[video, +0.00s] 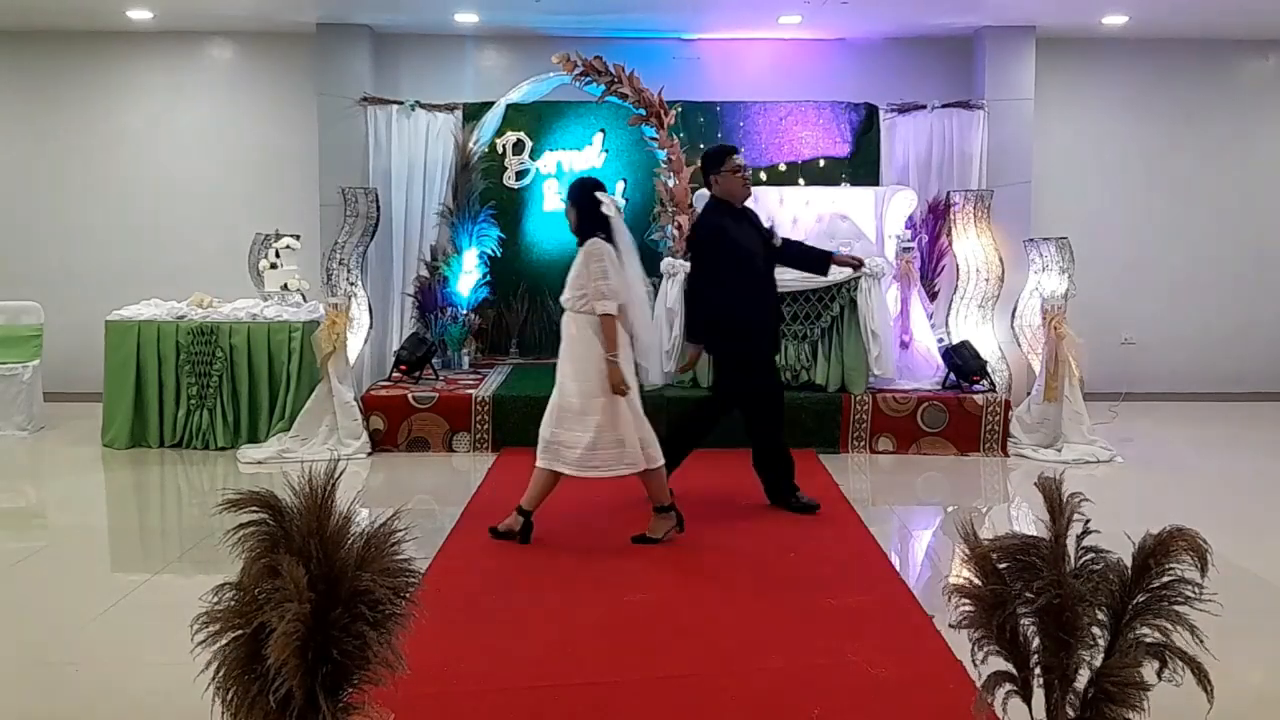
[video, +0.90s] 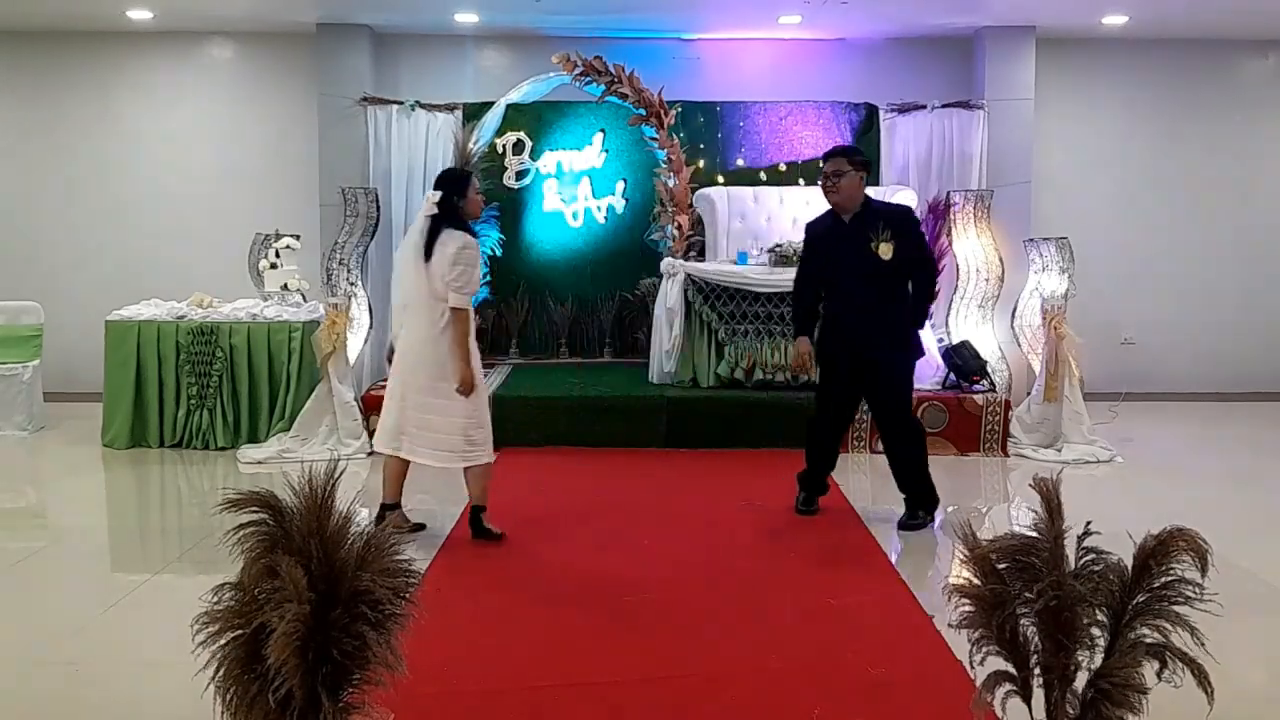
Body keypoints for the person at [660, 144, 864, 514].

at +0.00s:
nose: (746, 175)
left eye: (745, 169)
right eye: (737, 171)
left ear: (739, 178)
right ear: (713, 181)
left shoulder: (743, 216)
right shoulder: (708, 226)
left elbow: (779, 249)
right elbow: (700, 285)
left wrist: (833, 259)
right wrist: (695, 339)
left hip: (754, 332)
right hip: (735, 336)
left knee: (720, 404)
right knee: (767, 407)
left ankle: (658, 467)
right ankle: (780, 490)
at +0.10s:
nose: (761, 174)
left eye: (760, 168)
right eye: (751, 170)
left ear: (760, 174)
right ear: (728, 180)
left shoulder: (764, 217)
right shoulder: (720, 227)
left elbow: (798, 253)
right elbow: (716, 288)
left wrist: (846, 277)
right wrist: (721, 342)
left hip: (778, 330)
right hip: (750, 334)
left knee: (768, 409)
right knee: (774, 410)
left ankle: (699, 452)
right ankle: (782, 491)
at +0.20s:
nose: (773, 173)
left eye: (774, 167)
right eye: (763, 168)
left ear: (775, 173)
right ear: (740, 176)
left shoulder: (782, 216)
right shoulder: (728, 225)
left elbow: (814, 258)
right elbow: (728, 289)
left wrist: (854, 297)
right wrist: (741, 341)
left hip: (799, 326)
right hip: (765, 331)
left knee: (805, 401)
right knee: (778, 407)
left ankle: (754, 460)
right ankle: (783, 489)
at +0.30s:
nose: (784, 173)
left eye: (786, 167)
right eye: (773, 167)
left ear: (790, 172)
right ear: (752, 175)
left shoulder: (800, 214)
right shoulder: (738, 222)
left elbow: (827, 264)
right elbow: (737, 285)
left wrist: (857, 310)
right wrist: (753, 337)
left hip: (814, 328)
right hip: (777, 332)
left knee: (828, 398)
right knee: (787, 408)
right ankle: (784, 489)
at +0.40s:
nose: (791, 176)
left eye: (795, 169)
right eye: (781, 170)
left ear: (802, 173)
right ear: (762, 178)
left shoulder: (818, 216)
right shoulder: (747, 226)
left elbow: (841, 272)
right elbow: (742, 289)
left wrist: (860, 323)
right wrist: (758, 340)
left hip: (826, 332)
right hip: (784, 337)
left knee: (844, 412)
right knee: (795, 416)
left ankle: (859, 489)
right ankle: (786, 491)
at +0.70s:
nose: (811, 175)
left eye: (819, 168)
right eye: (803, 170)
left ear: (836, 172)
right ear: (796, 177)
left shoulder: (865, 210)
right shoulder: (786, 223)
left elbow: (885, 263)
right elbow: (772, 281)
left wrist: (870, 307)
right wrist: (775, 334)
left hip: (861, 330)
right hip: (813, 334)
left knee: (880, 411)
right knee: (811, 413)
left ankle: (910, 491)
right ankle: (793, 488)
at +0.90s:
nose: (827, 183)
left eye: (837, 176)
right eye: (823, 177)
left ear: (861, 177)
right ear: (821, 183)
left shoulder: (898, 220)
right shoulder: (818, 230)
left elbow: (925, 276)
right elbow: (805, 286)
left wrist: (912, 324)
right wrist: (803, 333)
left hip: (889, 345)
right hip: (839, 347)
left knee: (898, 427)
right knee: (827, 421)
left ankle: (921, 501)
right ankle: (811, 486)